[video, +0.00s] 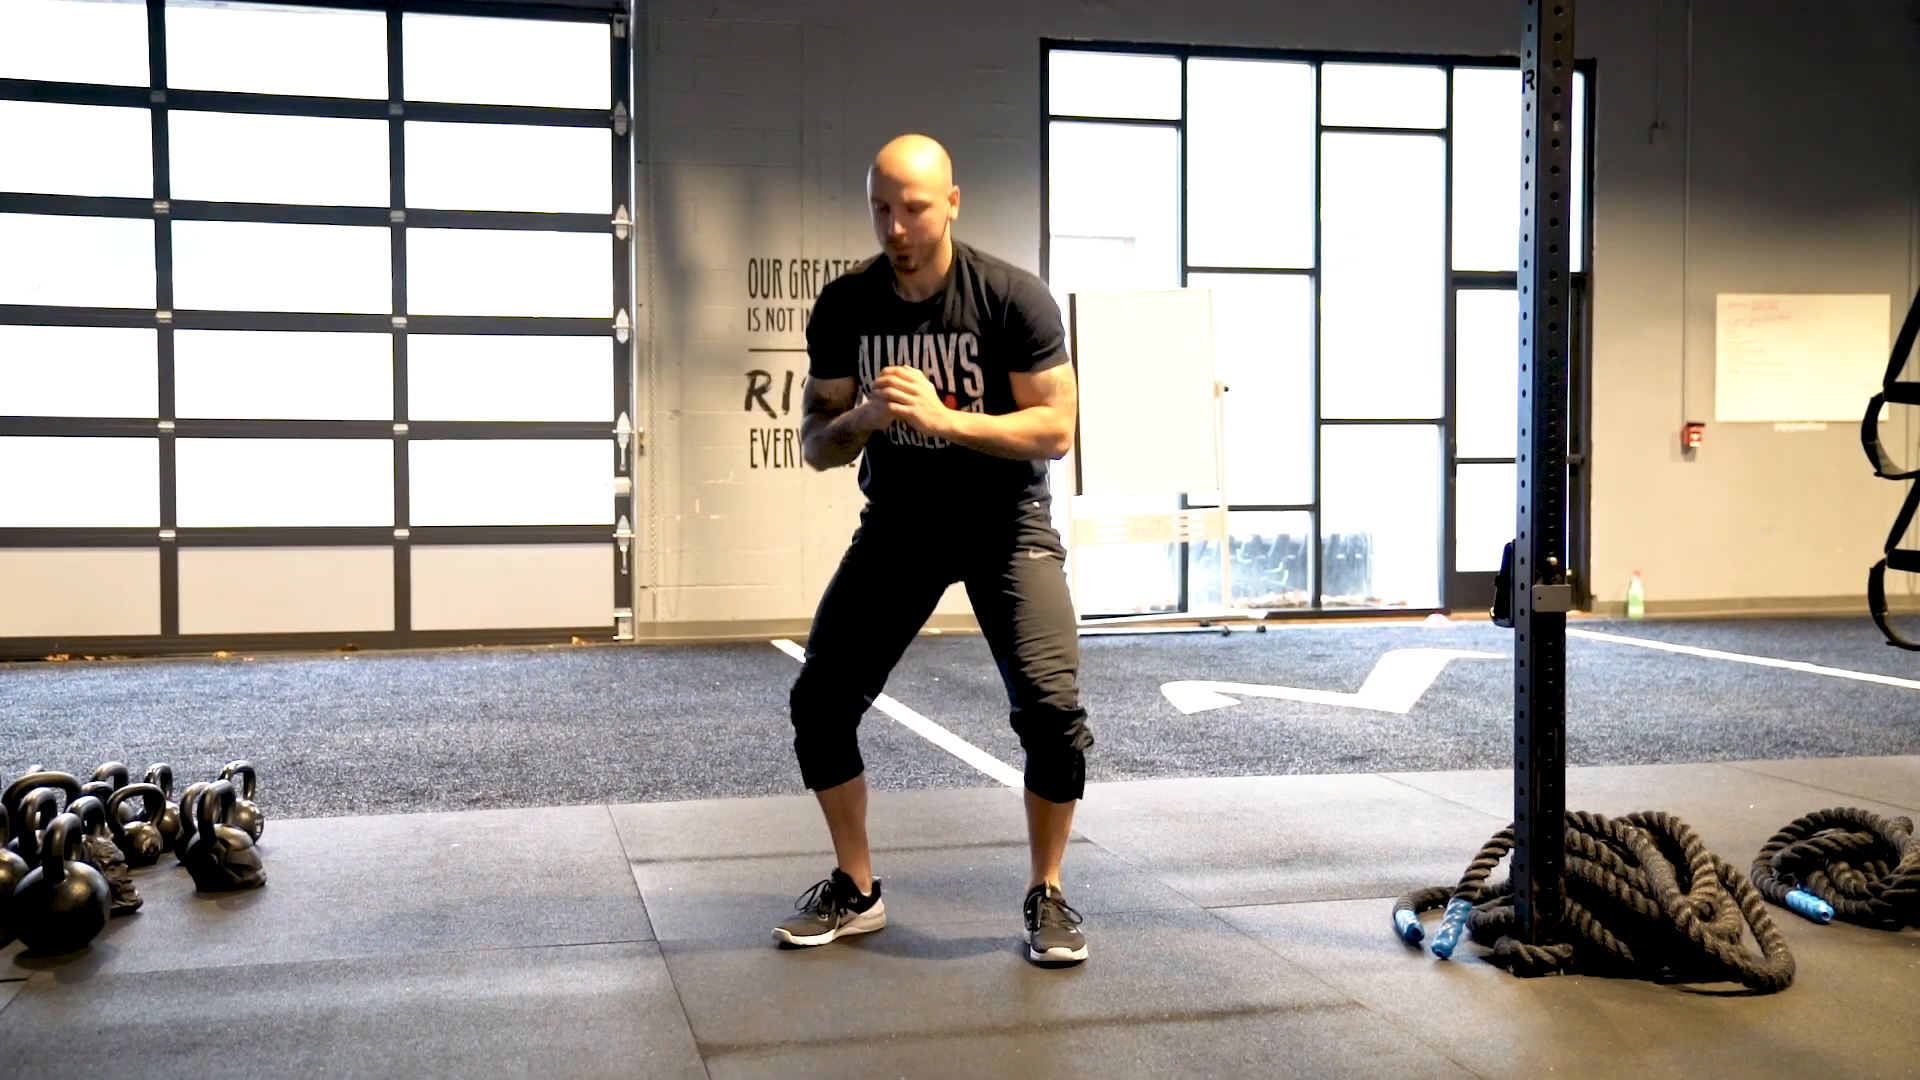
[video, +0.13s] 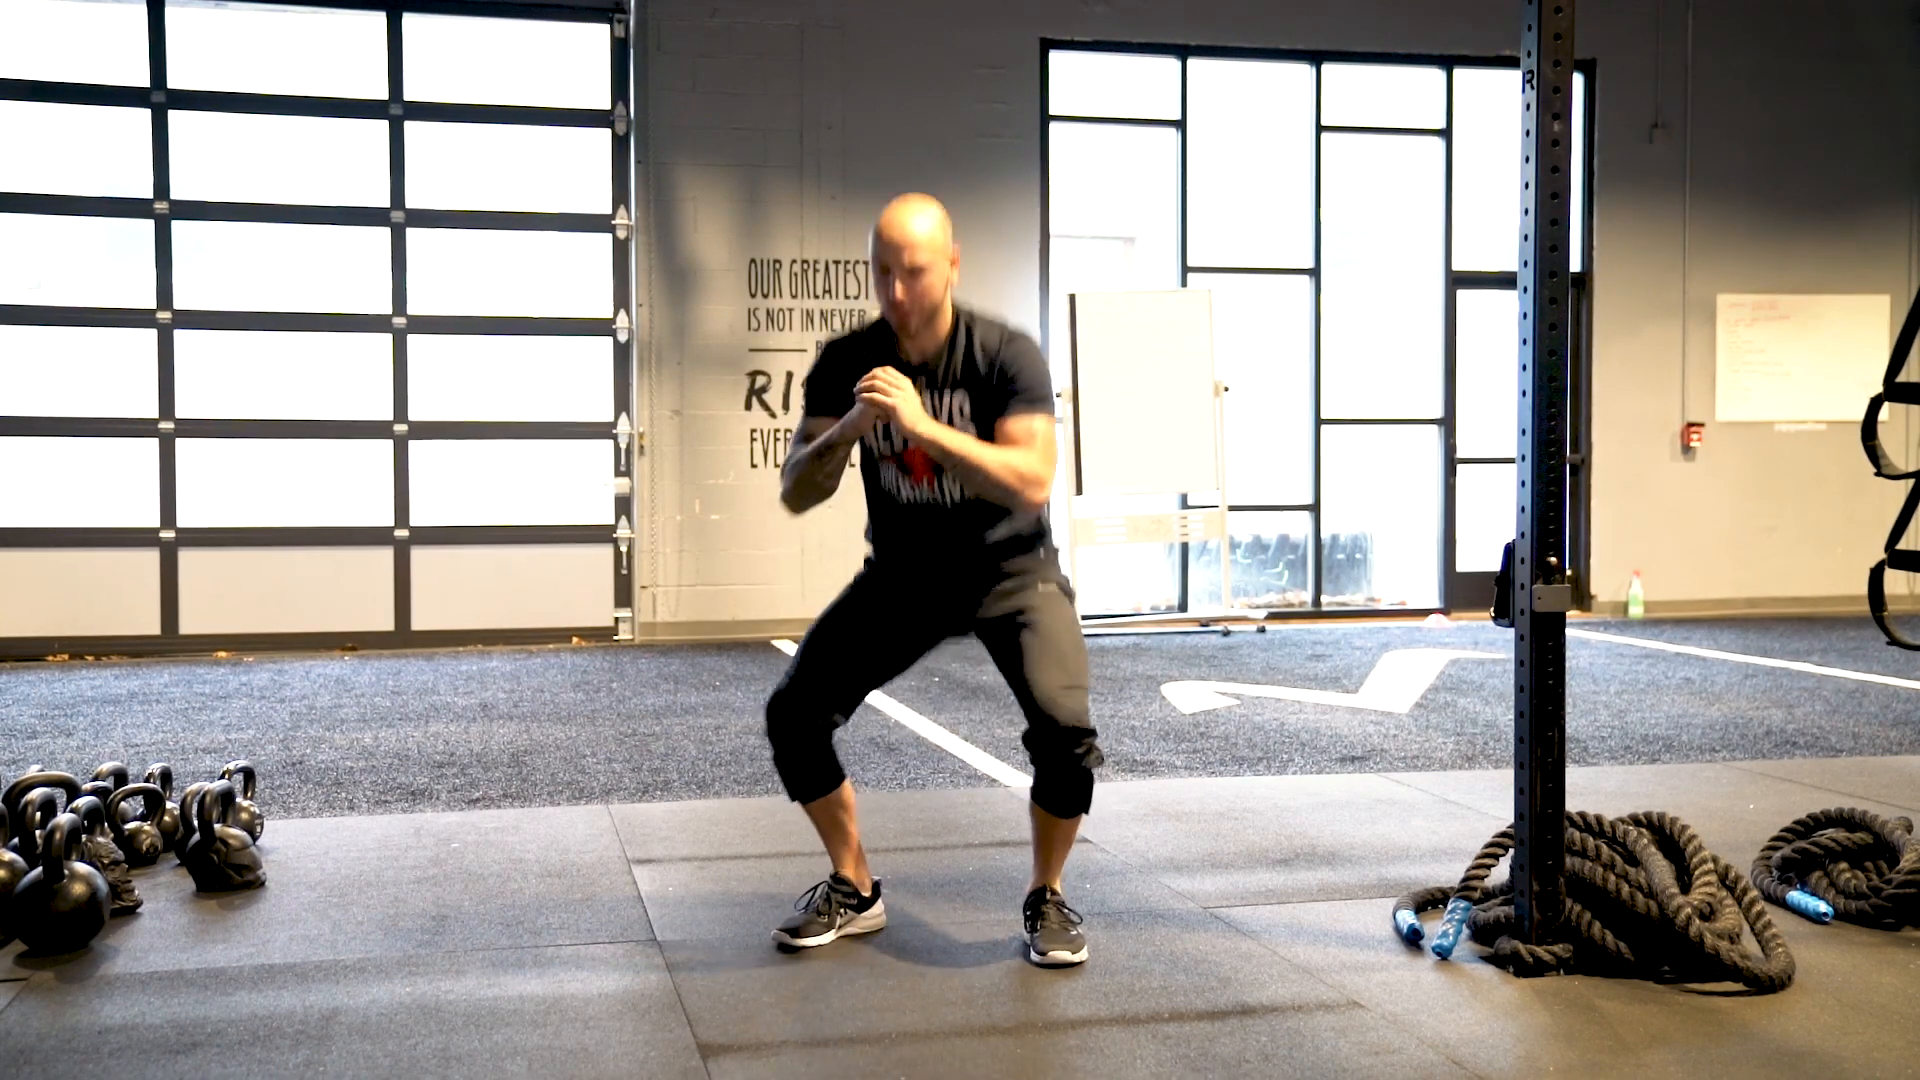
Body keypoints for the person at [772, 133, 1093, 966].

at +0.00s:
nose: (895, 228)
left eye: (913, 209)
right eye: (883, 210)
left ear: (953, 206)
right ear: (871, 210)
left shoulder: (1015, 300)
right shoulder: (844, 306)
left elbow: (1054, 431)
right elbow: (819, 447)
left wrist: (948, 418)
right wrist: (864, 417)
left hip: (1010, 526)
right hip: (902, 527)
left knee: (1056, 714)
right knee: (820, 702)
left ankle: (1047, 893)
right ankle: (855, 886)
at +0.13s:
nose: (895, 293)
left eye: (913, 273)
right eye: (883, 273)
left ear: (952, 269)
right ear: (869, 271)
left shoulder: (1007, 355)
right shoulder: (844, 362)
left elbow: (1032, 484)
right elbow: (797, 495)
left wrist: (924, 430)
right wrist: (846, 430)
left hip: (1010, 569)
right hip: (903, 574)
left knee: (1067, 727)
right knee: (794, 716)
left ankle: (1047, 897)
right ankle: (853, 886)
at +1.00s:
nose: (892, 216)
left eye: (910, 198)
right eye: (880, 198)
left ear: (949, 196)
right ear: (867, 200)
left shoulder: (1010, 289)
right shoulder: (839, 297)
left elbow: (1054, 421)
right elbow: (815, 438)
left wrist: (946, 410)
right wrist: (863, 408)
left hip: (1005, 525)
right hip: (895, 525)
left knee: (1053, 713)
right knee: (819, 701)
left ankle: (1046, 893)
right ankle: (855, 884)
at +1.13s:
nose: (892, 265)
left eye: (910, 245)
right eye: (879, 246)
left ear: (947, 241)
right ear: (863, 246)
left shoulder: (1002, 330)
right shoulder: (839, 338)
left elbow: (1032, 457)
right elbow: (794, 474)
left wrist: (920, 405)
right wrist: (845, 410)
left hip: (1006, 554)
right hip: (898, 556)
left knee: (1063, 719)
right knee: (797, 711)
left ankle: (1047, 895)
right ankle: (854, 888)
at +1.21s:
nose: (890, 333)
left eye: (908, 313)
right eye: (878, 313)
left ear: (947, 310)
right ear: (865, 311)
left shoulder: (997, 391)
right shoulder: (839, 397)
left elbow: (1014, 499)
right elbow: (778, 514)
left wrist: (909, 418)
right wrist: (835, 432)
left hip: (1006, 606)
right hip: (897, 609)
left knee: (1074, 740)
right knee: (775, 728)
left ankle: (1046, 899)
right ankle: (853, 888)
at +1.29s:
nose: (893, 404)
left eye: (910, 387)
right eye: (882, 387)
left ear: (948, 382)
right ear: (867, 385)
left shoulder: (995, 458)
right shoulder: (851, 464)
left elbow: (995, 548)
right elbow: (775, 557)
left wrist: (908, 450)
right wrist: (837, 457)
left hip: (1002, 660)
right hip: (898, 664)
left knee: (1088, 760)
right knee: (762, 741)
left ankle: (1047, 899)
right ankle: (854, 889)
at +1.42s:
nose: (897, 488)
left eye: (914, 471)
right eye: (885, 472)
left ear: (950, 464)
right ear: (869, 471)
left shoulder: (997, 536)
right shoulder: (852, 545)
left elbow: (987, 629)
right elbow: (775, 635)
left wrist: (904, 527)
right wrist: (839, 530)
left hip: (993, 729)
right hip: (892, 730)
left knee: (1088, 761)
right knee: (759, 746)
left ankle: (1046, 900)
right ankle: (854, 889)